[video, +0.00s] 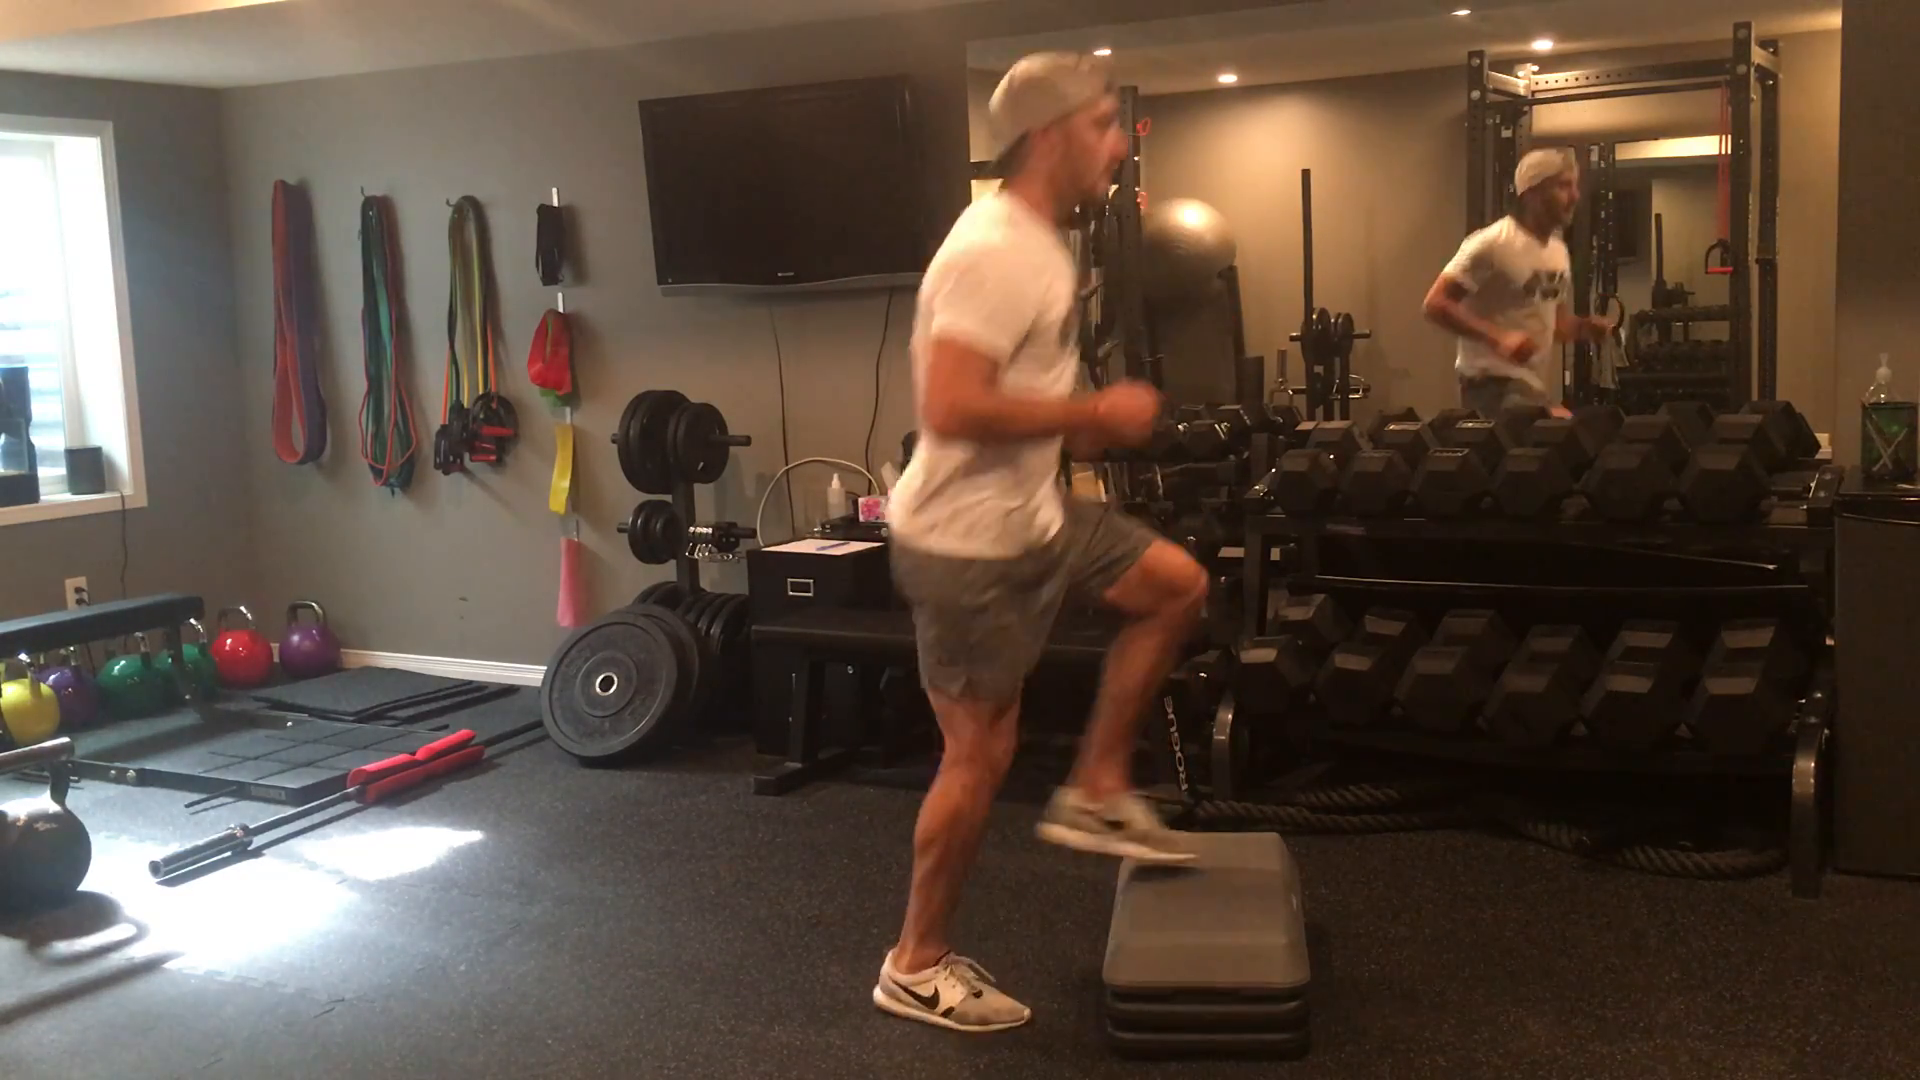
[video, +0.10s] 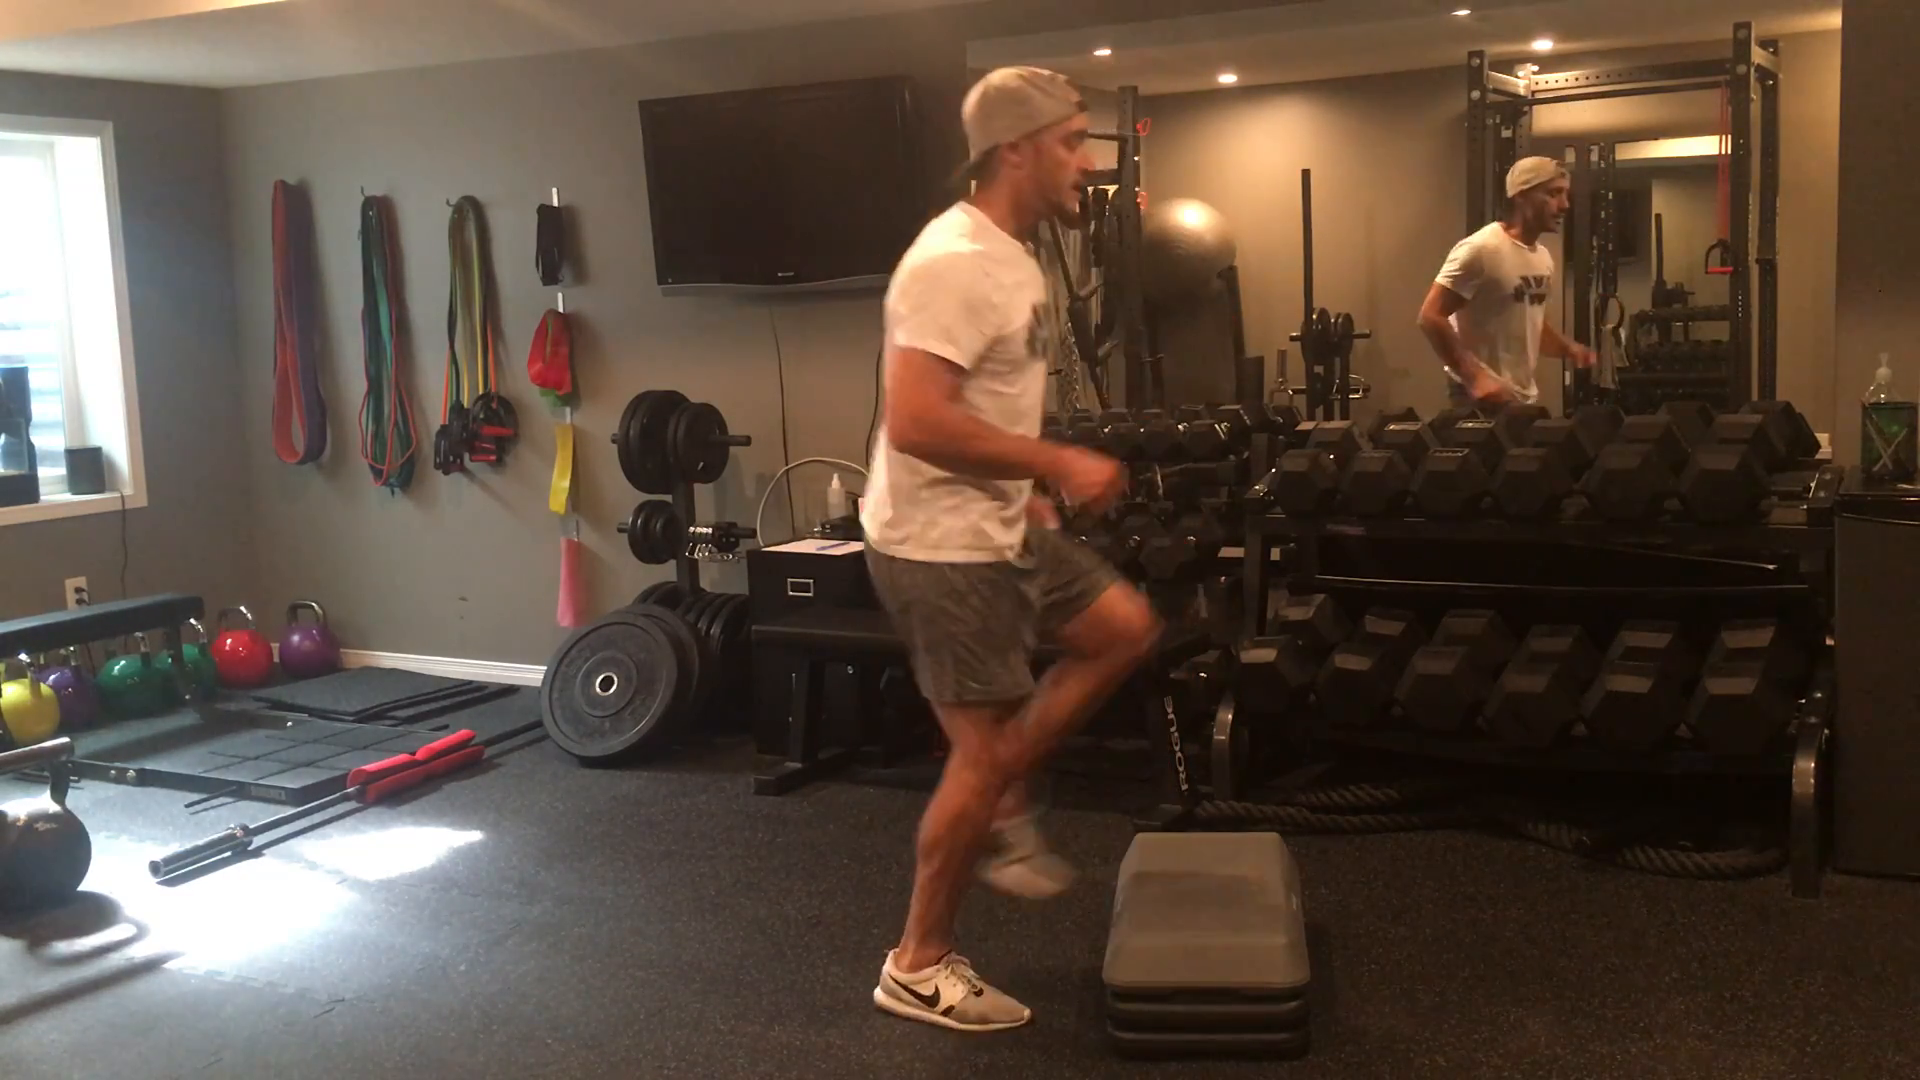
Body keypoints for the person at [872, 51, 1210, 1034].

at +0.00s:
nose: (1119, 142)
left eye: (1116, 123)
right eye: (1104, 124)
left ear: (1051, 140)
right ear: (1047, 139)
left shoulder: (1042, 238)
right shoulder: (988, 248)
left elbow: (1001, 390)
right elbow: (948, 407)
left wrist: (1081, 416)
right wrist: (1090, 412)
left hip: (1034, 512)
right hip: (963, 538)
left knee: (1175, 586)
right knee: (976, 759)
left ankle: (1096, 791)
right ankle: (915, 959)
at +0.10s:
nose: (1088, 162)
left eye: (1085, 143)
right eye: (1074, 142)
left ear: (1020, 155)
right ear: (1016, 152)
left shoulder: (1010, 258)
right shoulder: (948, 259)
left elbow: (976, 403)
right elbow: (912, 422)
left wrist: (1030, 481)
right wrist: (1058, 457)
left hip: (1003, 528)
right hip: (940, 544)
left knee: (1124, 629)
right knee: (988, 752)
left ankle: (997, 794)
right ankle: (917, 959)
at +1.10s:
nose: (1101, 142)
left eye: (1096, 124)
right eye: (1084, 125)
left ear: (1032, 144)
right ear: (1025, 142)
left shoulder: (1008, 238)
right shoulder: (978, 251)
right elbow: (945, 414)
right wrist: (1075, 462)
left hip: (1005, 518)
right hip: (940, 534)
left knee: (1138, 612)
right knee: (931, 750)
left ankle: (1033, 801)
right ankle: (910, 962)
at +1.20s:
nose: (1137, 130)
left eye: (1132, 113)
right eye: (1119, 115)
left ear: (1065, 138)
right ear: (1061, 136)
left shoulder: (1033, 231)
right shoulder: (1014, 242)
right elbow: (993, 405)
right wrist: (1124, 433)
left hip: (1029, 506)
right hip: (966, 522)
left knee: (1168, 607)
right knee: (956, 746)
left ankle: (1105, 821)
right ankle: (913, 958)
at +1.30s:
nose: (1164, 116)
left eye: (1158, 100)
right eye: (1147, 100)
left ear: (1098, 121)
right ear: (1092, 119)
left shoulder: (1090, 227)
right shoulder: (1048, 222)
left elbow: (1034, 386)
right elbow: (1005, 381)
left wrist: (1102, 454)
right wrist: (1133, 424)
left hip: (1071, 502)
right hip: (1004, 510)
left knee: (1174, 632)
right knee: (1026, 720)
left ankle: (1103, 845)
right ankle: (929, 937)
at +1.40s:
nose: (1175, 80)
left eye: (1169, 63)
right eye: (1158, 64)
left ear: (1112, 82)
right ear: (1106, 80)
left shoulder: (1108, 190)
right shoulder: (1053, 183)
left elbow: (1064, 344)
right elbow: (992, 338)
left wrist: (1142, 394)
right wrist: (1126, 396)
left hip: (1077, 466)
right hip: (1015, 473)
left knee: (1162, 630)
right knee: (1113, 666)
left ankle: (1102, 845)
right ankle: (966, 862)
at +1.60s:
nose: (1172, 6)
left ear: (1111, 10)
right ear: (1105, 1)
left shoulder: (1107, 100)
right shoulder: (1062, 92)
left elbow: (1041, 249)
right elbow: (983, 244)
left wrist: (1130, 287)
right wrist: (1111, 312)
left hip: (1058, 388)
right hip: (1034, 389)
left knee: (1106, 594)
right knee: (1131, 596)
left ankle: (1045, 788)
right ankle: (1101, 830)